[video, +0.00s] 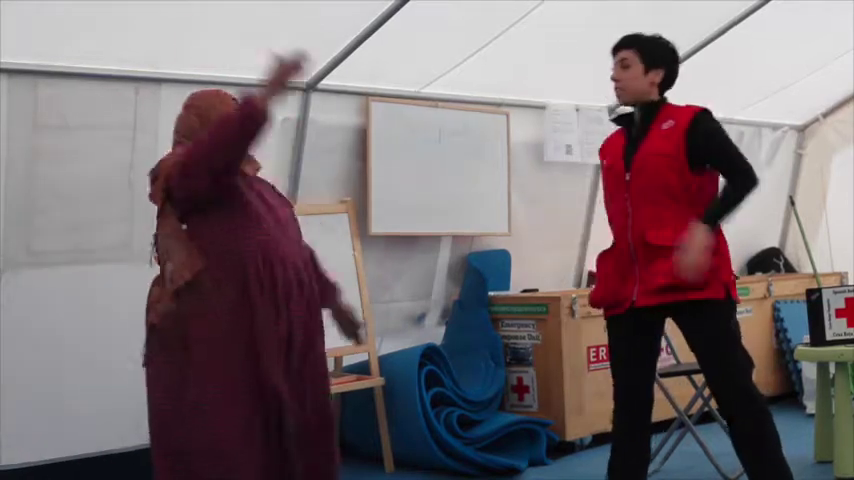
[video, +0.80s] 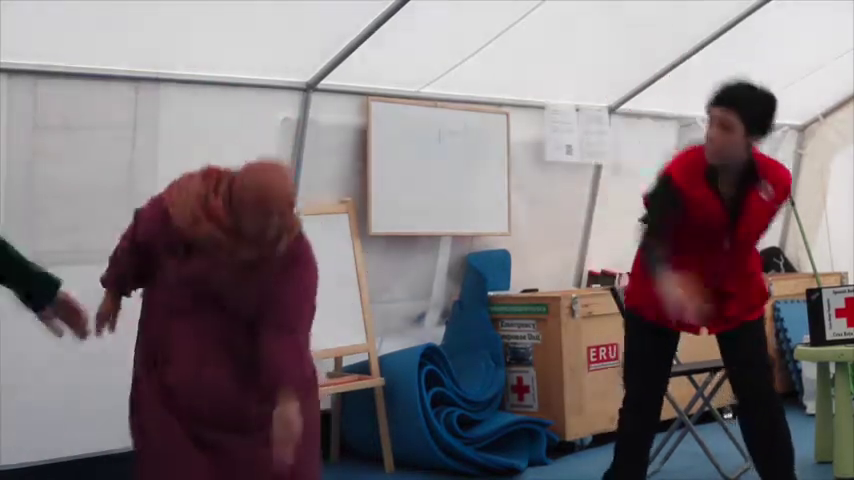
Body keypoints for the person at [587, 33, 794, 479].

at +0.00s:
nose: (614, 75)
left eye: (624, 67)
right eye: (614, 67)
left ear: (657, 75)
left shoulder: (692, 123)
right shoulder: (613, 145)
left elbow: (744, 177)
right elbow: (629, 216)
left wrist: (706, 225)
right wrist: (613, 259)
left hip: (695, 280)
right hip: (628, 287)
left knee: (736, 396)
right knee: (630, 409)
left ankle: (772, 476)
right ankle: (625, 479)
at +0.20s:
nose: (628, 73)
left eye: (639, 63)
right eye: (628, 64)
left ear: (671, 74)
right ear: (631, 75)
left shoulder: (705, 129)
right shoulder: (614, 140)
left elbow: (764, 188)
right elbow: (603, 212)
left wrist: (746, 254)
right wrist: (563, 261)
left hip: (698, 280)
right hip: (627, 286)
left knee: (740, 398)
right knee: (630, 409)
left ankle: (773, 476)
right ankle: (624, 479)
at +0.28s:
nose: (633, 71)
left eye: (645, 62)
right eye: (633, 62)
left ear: (676, 73)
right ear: (636, 72)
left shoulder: (710, 130)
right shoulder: (615, 137)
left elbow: (764, 192)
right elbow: (583, 197)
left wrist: (727, 243)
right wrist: (523, 223)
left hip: (700, 280)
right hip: (629, 286)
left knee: (742, 399)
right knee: (630, 410)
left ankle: (775, 476)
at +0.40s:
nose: (643, 68)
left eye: (655, 59)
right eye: (644, 59)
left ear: (686, 72)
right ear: (647, 68)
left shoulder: (720, 132)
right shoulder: (618, 127)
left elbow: (753, 195)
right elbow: (562, 167)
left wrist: (709, 218)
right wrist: (497, 152)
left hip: (705, 277)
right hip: (632, 280)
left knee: (744, 396)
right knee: (631, 404)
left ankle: (774, 478)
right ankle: (623, 479)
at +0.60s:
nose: (671, 82)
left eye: (684, 75)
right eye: (672, 73)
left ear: (716, 86)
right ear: (670, 77)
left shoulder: (744, 147)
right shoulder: (640, 131)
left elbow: (745, 201)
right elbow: (572, 158)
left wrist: (690, 215)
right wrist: (540, 133)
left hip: (720, 283)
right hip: (645, 283)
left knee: (753, 401)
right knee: (634, 405)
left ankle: (776, 476)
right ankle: (624, 477)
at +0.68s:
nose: (688, 96)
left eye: (700, 88)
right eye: (687, 85)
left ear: (731, 100)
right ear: (683, 88)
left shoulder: (756, 156)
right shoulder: (654, 143)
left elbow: (748, 206)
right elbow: (606, 175)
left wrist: (699, 229)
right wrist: (590, 175)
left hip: (725, 287)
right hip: (653, 286)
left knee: (756, 402)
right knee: (637, 408)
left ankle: (778, 476)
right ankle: (623, 478)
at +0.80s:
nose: (711, 136)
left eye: (725, 128)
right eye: (710, 123)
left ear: (752, 137)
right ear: (706, 123)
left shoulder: (775, 181)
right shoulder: (680, 175)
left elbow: (744, 236)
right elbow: (654, 239)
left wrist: (715, 283)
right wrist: (668, 279)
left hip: (733, 287)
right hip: (663, 285)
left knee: (759, 399)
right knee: (641, 404)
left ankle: (780, 474)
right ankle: (625, 475)